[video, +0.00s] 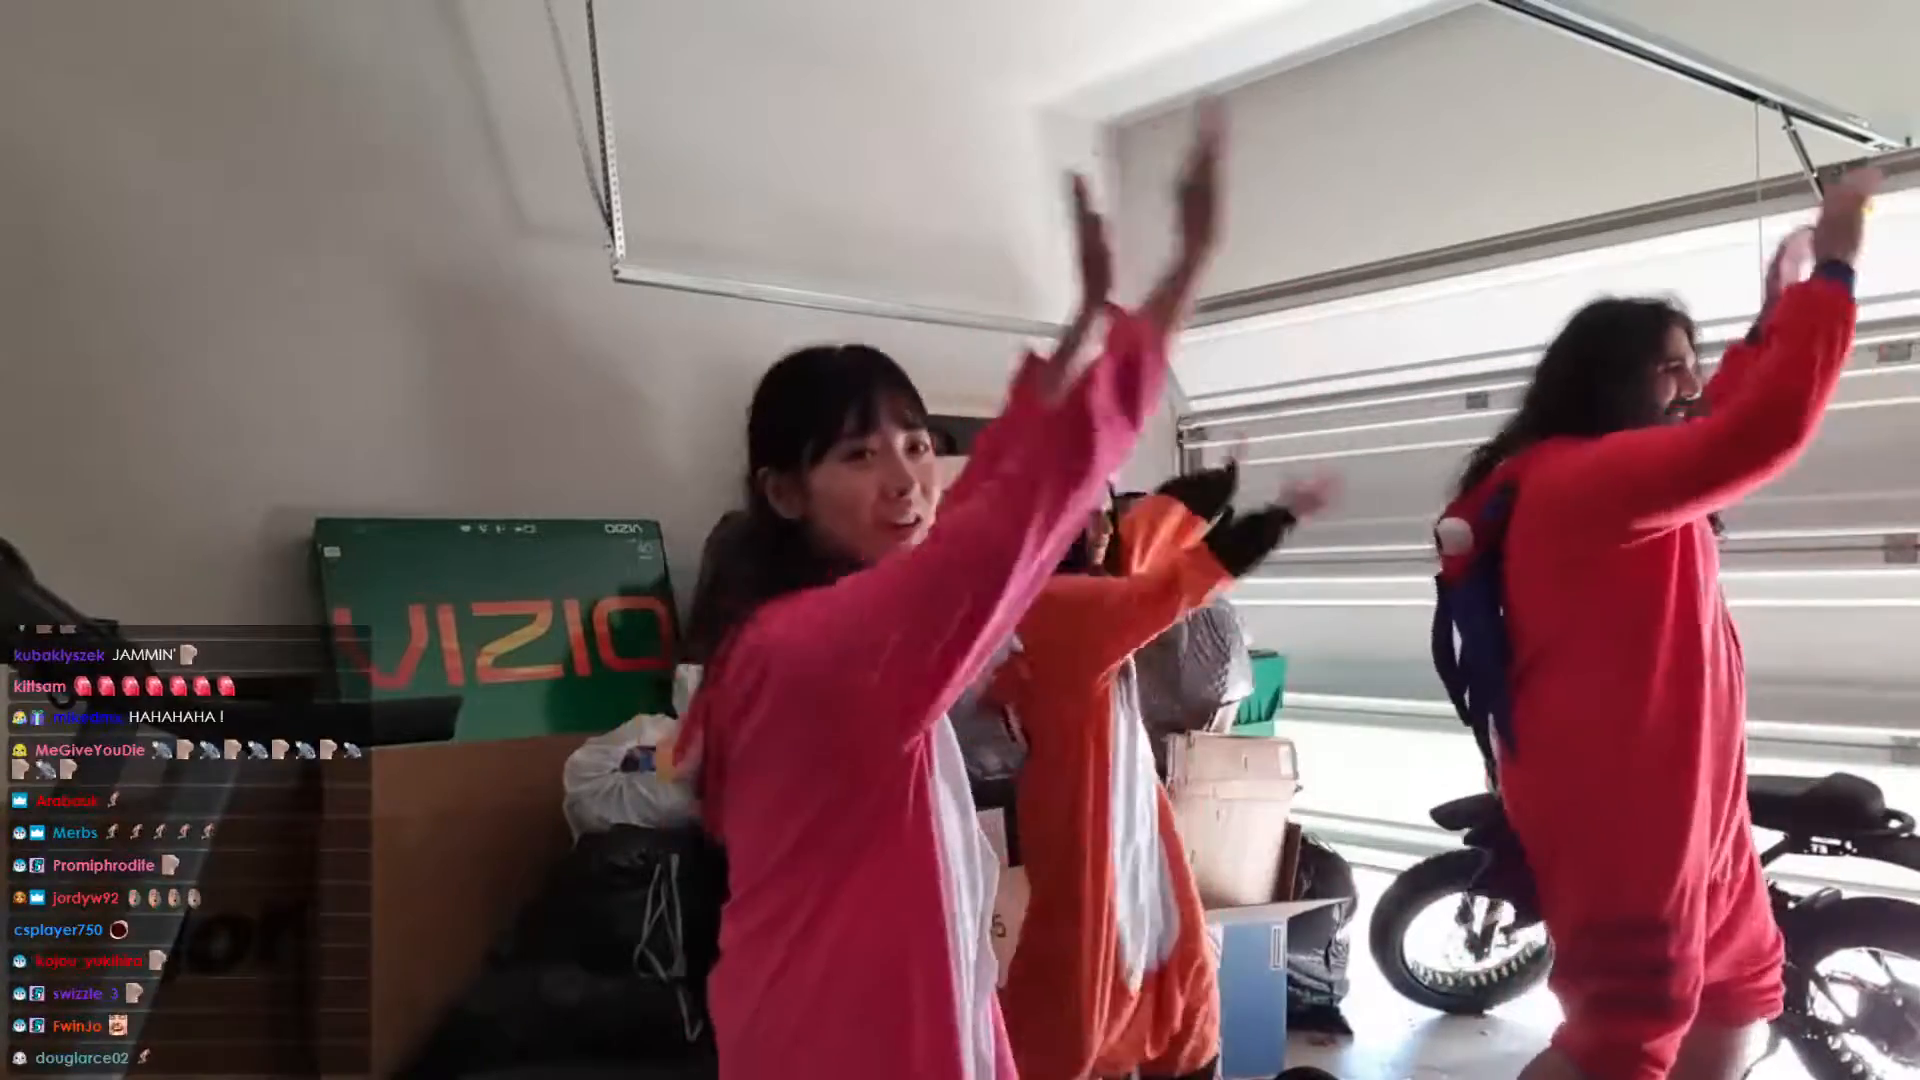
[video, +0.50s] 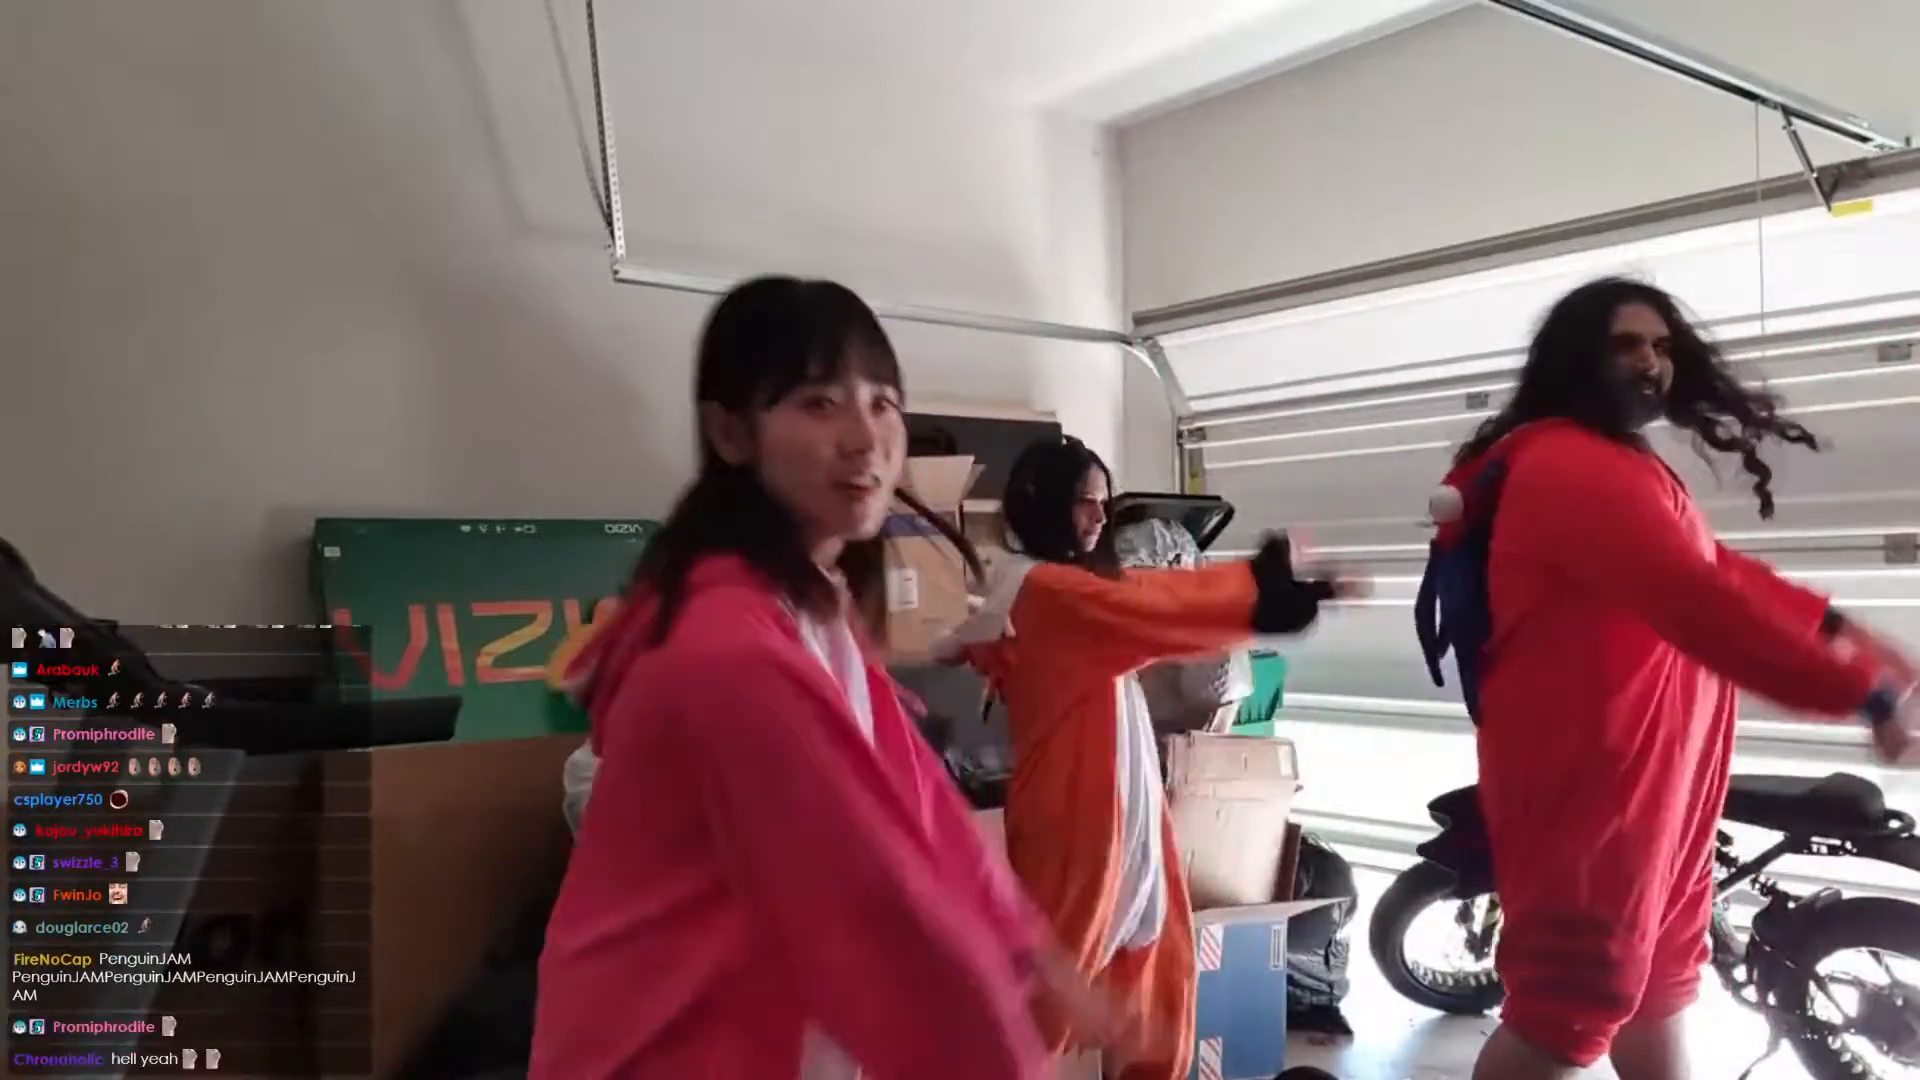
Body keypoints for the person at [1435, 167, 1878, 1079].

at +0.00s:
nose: (1694, 386)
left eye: (1693, 370)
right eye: (1674, 368)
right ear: (1613, 378)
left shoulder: (1637, 472)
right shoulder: (1572, 480)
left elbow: (1719, 429)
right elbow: (1759, 436)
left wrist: (1775, 319)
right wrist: (1837, 265)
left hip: (1693, 797)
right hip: (1617, 812)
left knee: (1736, 996)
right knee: (1629, 1030)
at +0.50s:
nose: (1651, 364)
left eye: (1662, 348)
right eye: (1627, 346)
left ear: (1678, 362)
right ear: (1577, 359)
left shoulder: (1635, 469)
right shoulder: (1562, 469)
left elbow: (1717, 573)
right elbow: (1695, 603)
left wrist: (1834, 632)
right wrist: (1864, 691)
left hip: (1664, 791)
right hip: (1584, 798)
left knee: (1657, 998)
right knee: (1562, 1016)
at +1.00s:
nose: (1632, 355)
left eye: (1643, 337)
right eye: (1602, 340)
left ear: (1663, 356)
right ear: (1554, 365)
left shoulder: (1637, 467)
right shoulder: (1559, 467)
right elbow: (1692, 581)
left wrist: (1870, 566)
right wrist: (1882, 574)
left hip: (1667, 797)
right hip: (1591, 805)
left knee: (1666, 995)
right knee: (1575, 1021)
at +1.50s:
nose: (1679, 392)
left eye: (1684, 374)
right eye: (1657, 370)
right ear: (1592, 374)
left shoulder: (1621, 469)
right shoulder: (1559, 474)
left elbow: (1727, 473)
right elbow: (1734, 497)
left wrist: (1839, 432)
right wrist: (1909, 441)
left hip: (1671, 795)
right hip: (1598, 809)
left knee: (1716, 990)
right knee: (1620, 1030)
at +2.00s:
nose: (1756, 407)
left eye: (1760, 388)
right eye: (1739, 384)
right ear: (1682, 379)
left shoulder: (1657, 476)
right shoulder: (1620, 484)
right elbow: (1655, 665)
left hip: (1626, 784)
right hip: (1575, 791)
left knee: (1643, 998)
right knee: (1571, 1019)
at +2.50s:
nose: (1626, 392)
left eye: (1638, 373)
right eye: (1596, 375)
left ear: (1657, 381)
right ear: (1549, 393)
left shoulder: (1631, 476)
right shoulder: (1555, 485)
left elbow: (1698, 441)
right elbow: (1744, 442)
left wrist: (1733, 324)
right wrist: (1833, 281)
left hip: (1674, 788)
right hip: (1591, 806)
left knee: (1715, 991)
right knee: (1607, 1029)